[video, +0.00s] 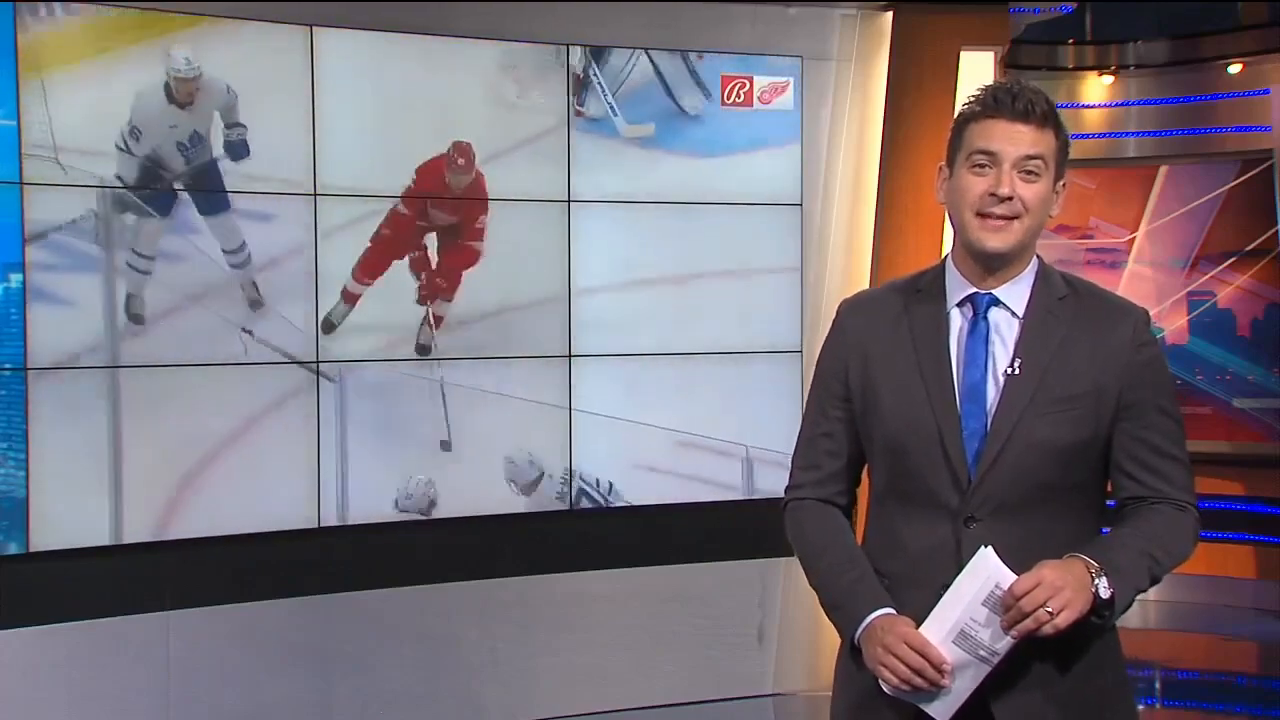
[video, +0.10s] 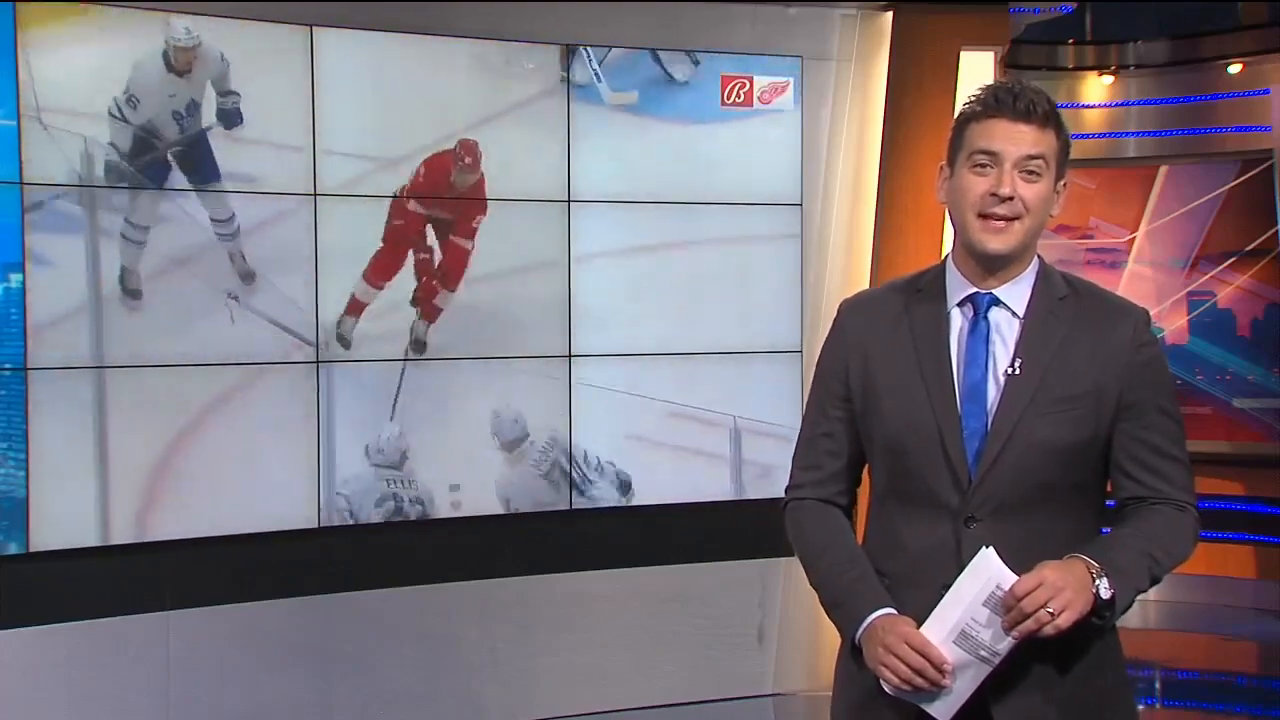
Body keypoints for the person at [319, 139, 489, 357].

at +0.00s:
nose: (457, 180)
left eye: (463, 175)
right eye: (453, 174)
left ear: (473, 172)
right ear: (447, 167)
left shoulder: (477, 190)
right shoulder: (429, 173)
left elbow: (472, 249)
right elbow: (407, 219)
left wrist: (441, 279)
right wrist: (419, 262)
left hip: (453, 226)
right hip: (417, 217)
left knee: (452, 271)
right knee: (379, 251)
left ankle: (429, 327)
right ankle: (346, 302)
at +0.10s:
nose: (464, 180)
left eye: (470, 175)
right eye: (461, 174)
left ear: (478, 172)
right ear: (453, 167)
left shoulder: (477, 199)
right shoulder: (434, 169)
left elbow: (459, 248)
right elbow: (413, 216)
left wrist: (436, 284)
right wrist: (423, 258)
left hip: (447, 220)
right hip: (413, 206)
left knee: (454, 271)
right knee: (392, 257)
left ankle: (423, 324)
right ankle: (351, 316)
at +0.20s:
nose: (491, 158)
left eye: (497, 154)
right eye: (488, 150)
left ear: (504, 154)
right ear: (480, 145)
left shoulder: (500, 182)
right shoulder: (457, 150)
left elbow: (479, 225)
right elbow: (420, 182)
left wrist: (443, 264)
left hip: (458, 217)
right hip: (422, 202)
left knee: (479, 255)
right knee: (398, 253)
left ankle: (435, 319)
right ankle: (354, 308)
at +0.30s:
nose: (524, 132)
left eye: (531, 128)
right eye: (523, 123)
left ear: (537, 129)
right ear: (515, 116)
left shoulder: (531, 155)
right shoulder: (488, 113)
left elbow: (517, 190)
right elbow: (447, 108)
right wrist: (453, 143)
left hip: (487, 196)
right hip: (449, 180)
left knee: (502, 245)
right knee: (418, 233)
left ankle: (455, 303)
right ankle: (363, 297)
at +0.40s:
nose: (558, 99)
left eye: (566, 94)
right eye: (557, 90)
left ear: (572, 95)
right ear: (548, 82)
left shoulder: (568, 119)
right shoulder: (519, 79)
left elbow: (552, 147)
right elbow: (479, 52)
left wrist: (530, 160)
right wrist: (481, 96)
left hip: (517, 166)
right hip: (486, 151)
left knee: (515, 232)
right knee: (475, 217)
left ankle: (462, 286)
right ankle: (418, 278)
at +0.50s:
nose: (595, 87)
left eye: (598, 81)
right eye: (591, 81)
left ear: (600, 80)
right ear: (578, 78)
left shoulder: (594, 108)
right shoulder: (547, 83)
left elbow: (574, 146)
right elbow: (492, 83)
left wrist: (566, 173)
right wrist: (508, 121)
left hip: (543, 165)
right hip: (512, 154)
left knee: (526, 228)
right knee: (522, 216)